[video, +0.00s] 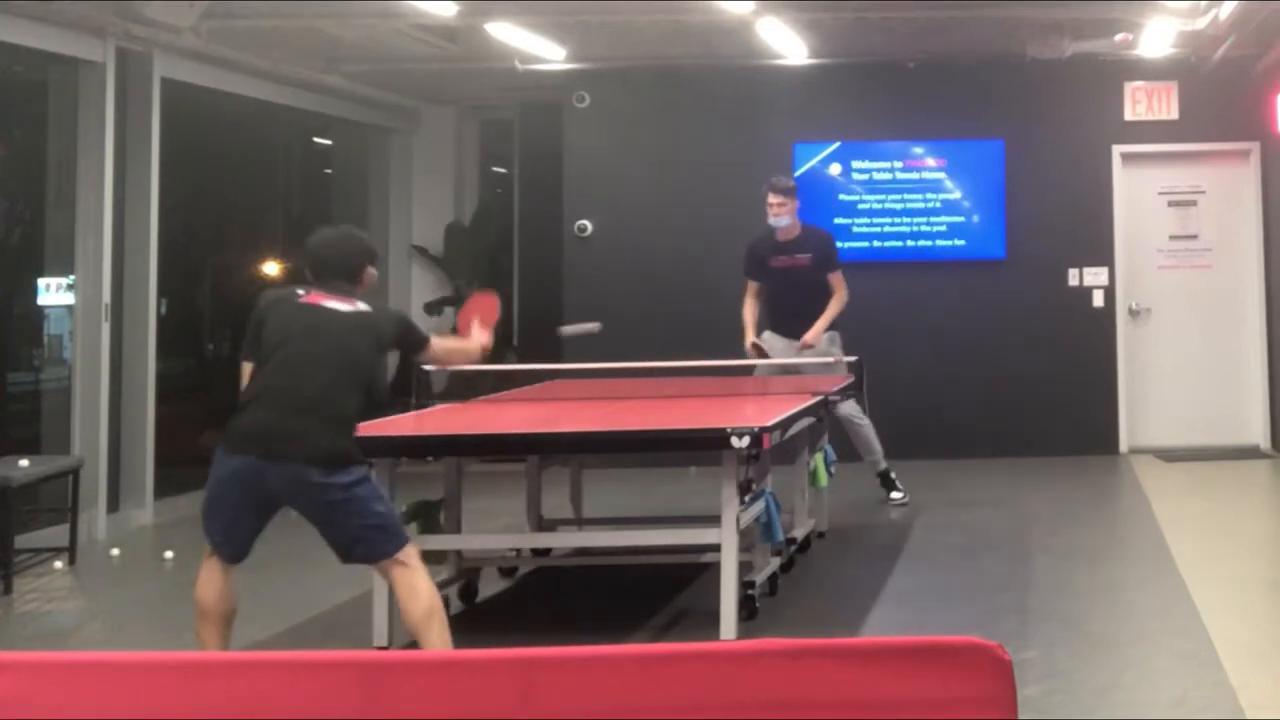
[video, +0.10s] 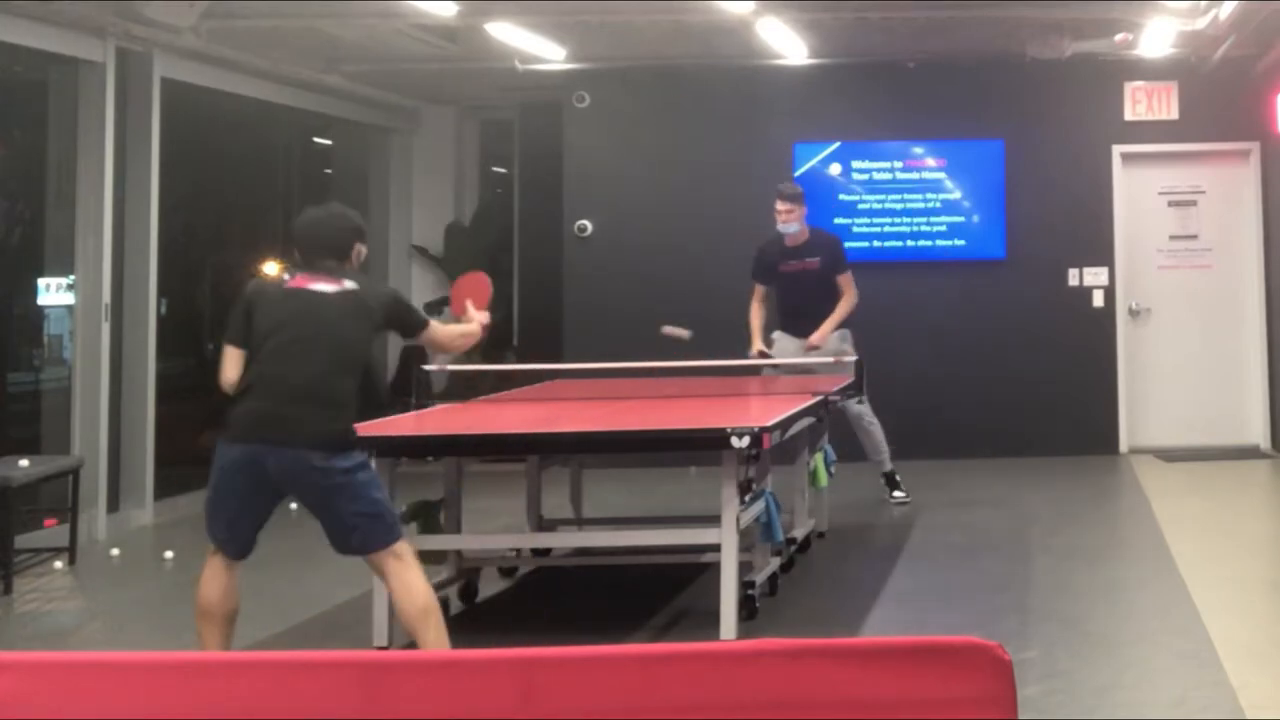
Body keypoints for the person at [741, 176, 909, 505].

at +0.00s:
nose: (775, 210)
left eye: (781, 205)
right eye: (770, 205)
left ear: (796, 205)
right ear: (766, 208)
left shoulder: (820, 241)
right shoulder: (759, 248)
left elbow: (841, 293)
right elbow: (751, 296)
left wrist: (817, 331)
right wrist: (750, 336)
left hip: (820, 340)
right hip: (776, 341)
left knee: (844, 406)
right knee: (754, 412)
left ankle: (884, 473)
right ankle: (752, 486)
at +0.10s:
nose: (784, 217)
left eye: (790, 211)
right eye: (779, 212)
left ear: (804, 211)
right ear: (774, 214)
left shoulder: (828, 245)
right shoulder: (768, 252)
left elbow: (850, 296)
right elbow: (758, 300)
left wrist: (823, 332)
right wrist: (757, 342)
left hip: (832, 340)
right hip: (788, 342)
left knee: (856, 407)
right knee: (768, 412)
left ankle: (888, 473)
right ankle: (755, 483)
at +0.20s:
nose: (797, 227)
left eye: (803, 221)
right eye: (792, 222)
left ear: (815, 221)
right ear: (786, 223)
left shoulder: (839, 249)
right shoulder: (780, 260)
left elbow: (865, 297)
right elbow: (763, 305)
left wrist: (842, 337)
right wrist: (773, 345)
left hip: (845, 341)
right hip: (800, 343)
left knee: (870, 407)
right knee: (780, 411)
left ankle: (890, 472)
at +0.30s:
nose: (813, 235)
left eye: (819, 229)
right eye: (808, 230)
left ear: (831, 228)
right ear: (802, 231)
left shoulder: (853, 253)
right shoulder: (796, 266)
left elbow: (880, 297)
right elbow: (767, 316)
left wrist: (873, 340)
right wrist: (793, 339)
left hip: (858, 339)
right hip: (816, 345)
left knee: (876, 402)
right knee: (794, 406)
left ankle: (891, 472)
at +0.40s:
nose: (827, 244)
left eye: (833, 239)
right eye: (822, 239)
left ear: (844, 238)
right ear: (816, 240)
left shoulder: (865, 261)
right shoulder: (808, 274)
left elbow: (894, 294)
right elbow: (781, 323)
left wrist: (904, 338)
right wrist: (791, 332)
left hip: (870, 341)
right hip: (825, 345)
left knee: (888, 399)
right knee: (797, 393)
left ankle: (894, 473)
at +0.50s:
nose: (839, 241)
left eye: (845, 236)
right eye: (834, 236)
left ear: (855, 236)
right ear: (828, 238)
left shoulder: (876, 260)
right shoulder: (818, 271)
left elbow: (903, 286)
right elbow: (793, 313)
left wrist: (921, 327)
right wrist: (771, 313)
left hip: (875, 340)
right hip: (832, 343)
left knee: (892, 398)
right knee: (802, 392)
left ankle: (895, 473)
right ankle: (817, 457)